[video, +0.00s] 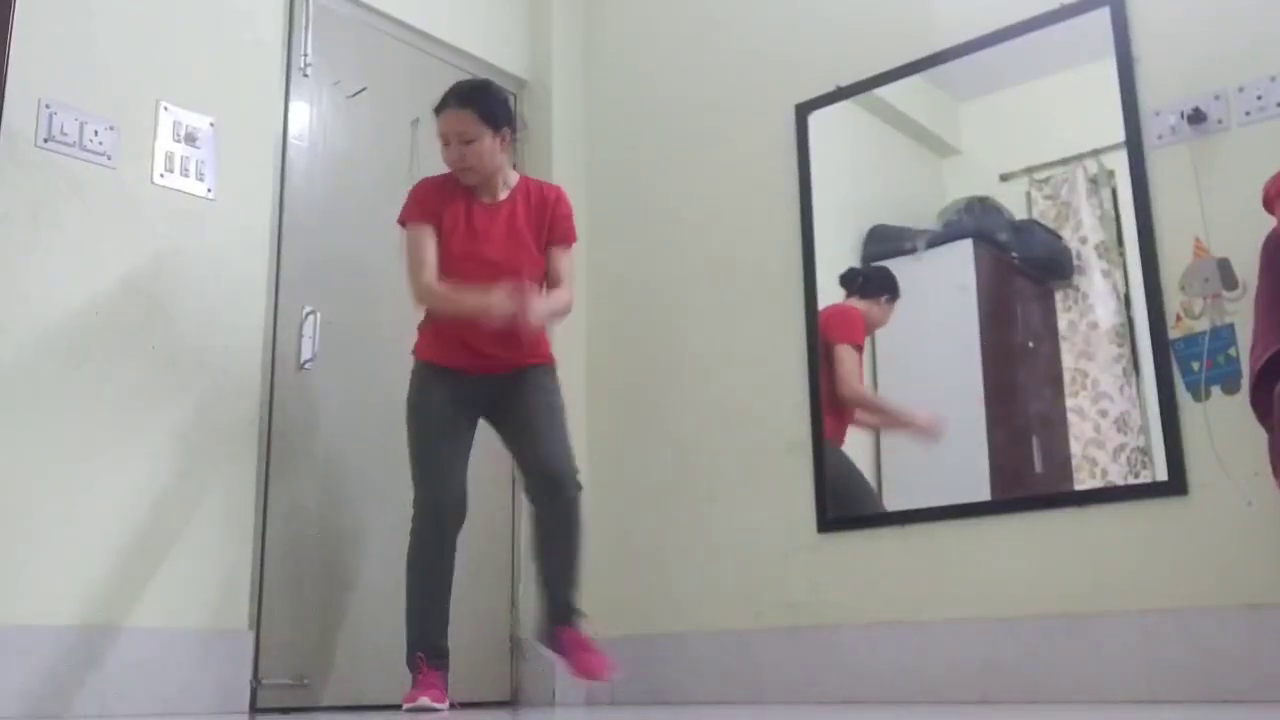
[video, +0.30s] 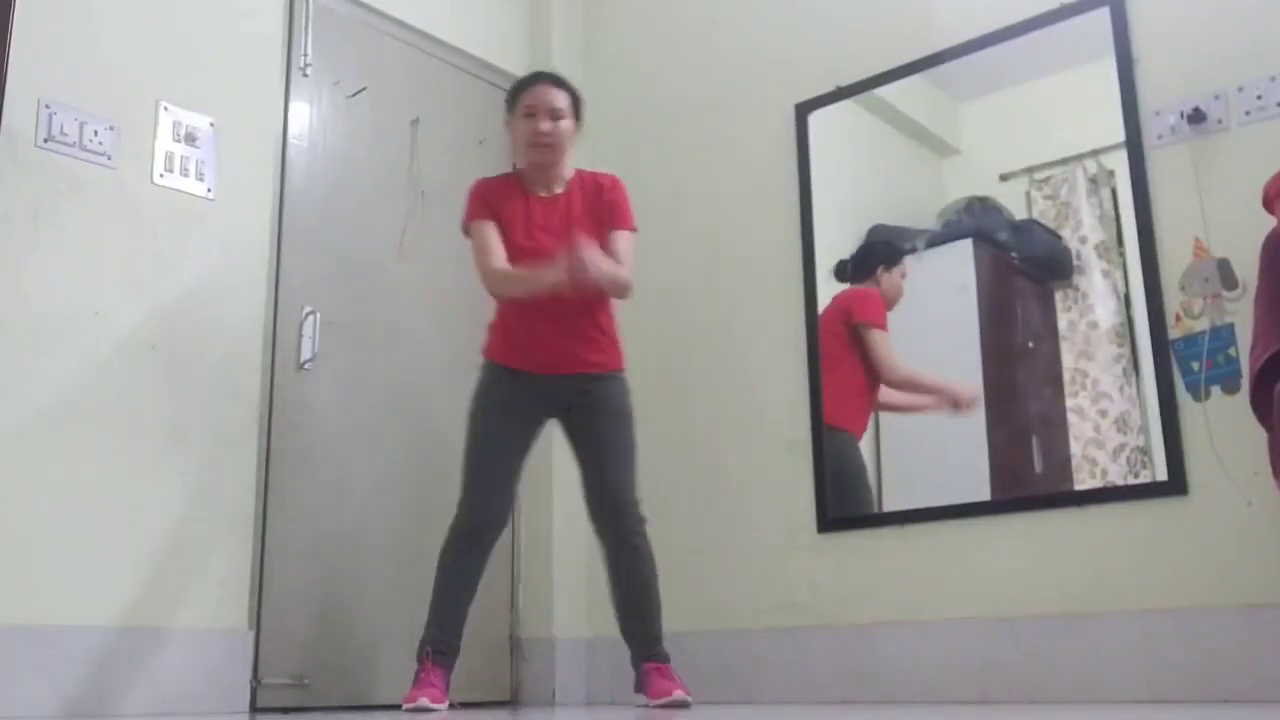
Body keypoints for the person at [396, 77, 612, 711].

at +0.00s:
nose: (453, 155)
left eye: (465, 141)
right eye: (445, 143)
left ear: (505, 137)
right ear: (441, 143)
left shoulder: (549, 202)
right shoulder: (430, 197)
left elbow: (563, 292)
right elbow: (425, 289)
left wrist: (540, 306)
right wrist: (490, 300)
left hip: (524, 373)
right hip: (444, 372)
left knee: (559, 485)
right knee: (439, 508)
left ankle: (561, 624)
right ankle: (428, 668)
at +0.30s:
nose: (543, 126)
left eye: (556, 115)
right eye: (530, 115)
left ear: (576, 127)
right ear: (511, 126)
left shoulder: (604, 191)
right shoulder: (489, 195)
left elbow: (624, 282)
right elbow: (497, 279)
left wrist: (592, 262)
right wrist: (563, 274)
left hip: (595, 377)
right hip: (514, 376)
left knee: (620, 515)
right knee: (479, 516)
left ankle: (653, 666)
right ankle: (434, 669)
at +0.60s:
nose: (614, 121)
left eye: (626, 112)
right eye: (601, 110)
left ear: (642, 128)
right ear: (578, 125)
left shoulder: (666, 197)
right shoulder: (551, 199)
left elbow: (701, 294)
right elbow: (516, 299)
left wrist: (729, 384)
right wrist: (500, 389)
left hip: (653, 372)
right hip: (574, 368)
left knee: (657, 512)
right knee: (575, 490)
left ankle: (658, 663)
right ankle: (562, 633)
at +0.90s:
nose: (620, 120)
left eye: (633, 112)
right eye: (607, 109)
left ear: (648, 130)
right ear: (583, 125)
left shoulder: (673, 198)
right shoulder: (554, 199)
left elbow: (723, 275)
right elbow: (495, 274)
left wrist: (757, 356)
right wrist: (504, 366)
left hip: (667, 367)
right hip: (590, 369)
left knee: (664, 512)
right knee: (621, 497)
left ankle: (658, 661)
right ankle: (622, 635)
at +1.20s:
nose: (572, 131)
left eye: (586, 119)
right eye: (562, 122)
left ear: (619, 127)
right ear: (554, 133)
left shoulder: (654, 194)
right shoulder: (542, 200)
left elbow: (667, 284)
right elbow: (534, 287)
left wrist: (606, 284)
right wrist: (565, 275)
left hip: (643, 372)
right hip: (566, 371)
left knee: (645, 510)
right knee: (513, 494)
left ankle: (656, 665)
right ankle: (509, 630)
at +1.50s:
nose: (485, 149)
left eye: (497, 136)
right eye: (479, 138)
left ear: (540, 136)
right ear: (479, 143)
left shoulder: (583, 201)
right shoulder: (472, 200)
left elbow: (584, 287)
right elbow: (468, 275)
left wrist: (534, 287)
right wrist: (497, 275)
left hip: (567, 381)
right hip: (486, 380)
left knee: (599, 514)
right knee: (462, 513)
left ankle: (648, 663)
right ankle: (430, 671)